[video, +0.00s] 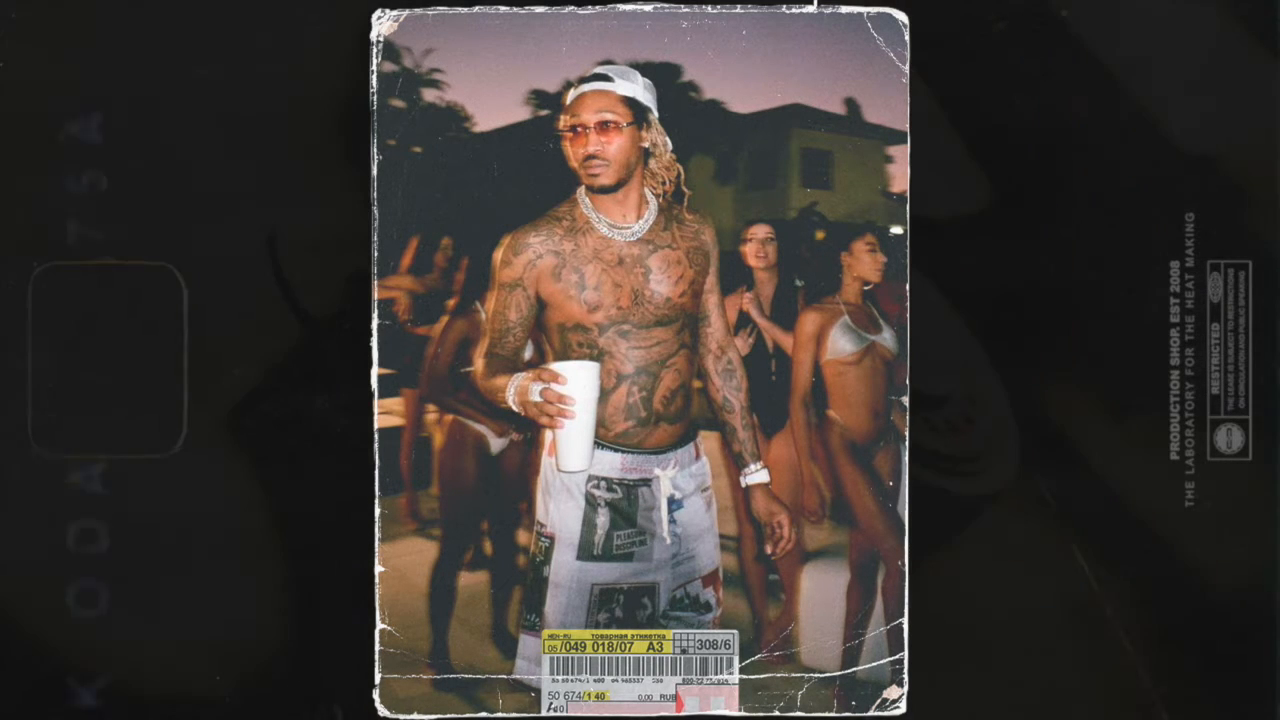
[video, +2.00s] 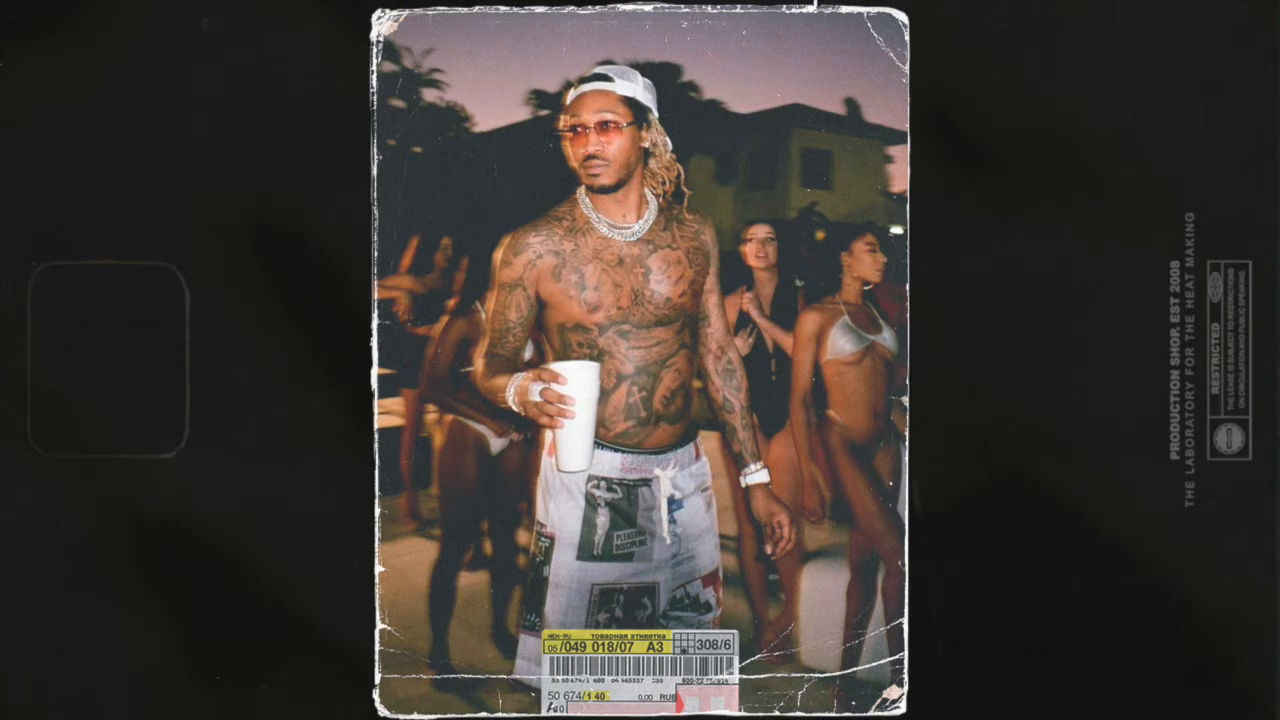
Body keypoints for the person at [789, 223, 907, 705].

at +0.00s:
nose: (882, 259)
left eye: (881, 251)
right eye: (871, 251)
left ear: (870, 261)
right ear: (844, 259)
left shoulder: (877, 315)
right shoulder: (818, 317)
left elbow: (885, 394)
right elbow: (798, 403)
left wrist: (901, 444)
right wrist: (813, 478)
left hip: (881, 448)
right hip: (838, 449)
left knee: (864, 562)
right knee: (898, 553)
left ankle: (846, 673)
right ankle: (903, 672)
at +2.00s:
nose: (882, 258)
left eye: (881, 251)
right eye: (871, 251)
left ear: (871, 262)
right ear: (844, 259)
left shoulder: (877, 315)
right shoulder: (818, 317)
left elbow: (887, 390)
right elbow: (799, 403)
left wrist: (900, 434)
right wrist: (812, 478)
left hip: (882, 447)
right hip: (838, 448)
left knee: (863, 563)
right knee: (898, 551)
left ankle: (847, 673)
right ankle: (903, 669)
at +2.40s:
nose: (882, 259)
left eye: (881, 251)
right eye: (871, 251)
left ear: (872, 262)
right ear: (844, 259)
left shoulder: (877, 315)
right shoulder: (818, 317)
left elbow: (887, 390)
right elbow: (799, 403)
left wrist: (900, 432)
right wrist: (812, 477)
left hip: (882, 447)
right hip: (838, 448)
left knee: (863, 562)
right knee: (897, 552)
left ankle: (846, 672)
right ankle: (902, 670)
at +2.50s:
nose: (882, 259)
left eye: (881, 251)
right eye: (871, 251)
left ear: (872, 262)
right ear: (844, 259)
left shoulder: (877, 316)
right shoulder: (818, 317)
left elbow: (886, 391)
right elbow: (799, 403)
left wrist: (900, 432)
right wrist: (812, 478)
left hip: (882, 447)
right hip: (838, 448)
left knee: (863, 562)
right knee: (897, 551)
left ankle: (846, 672)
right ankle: (902, 669)